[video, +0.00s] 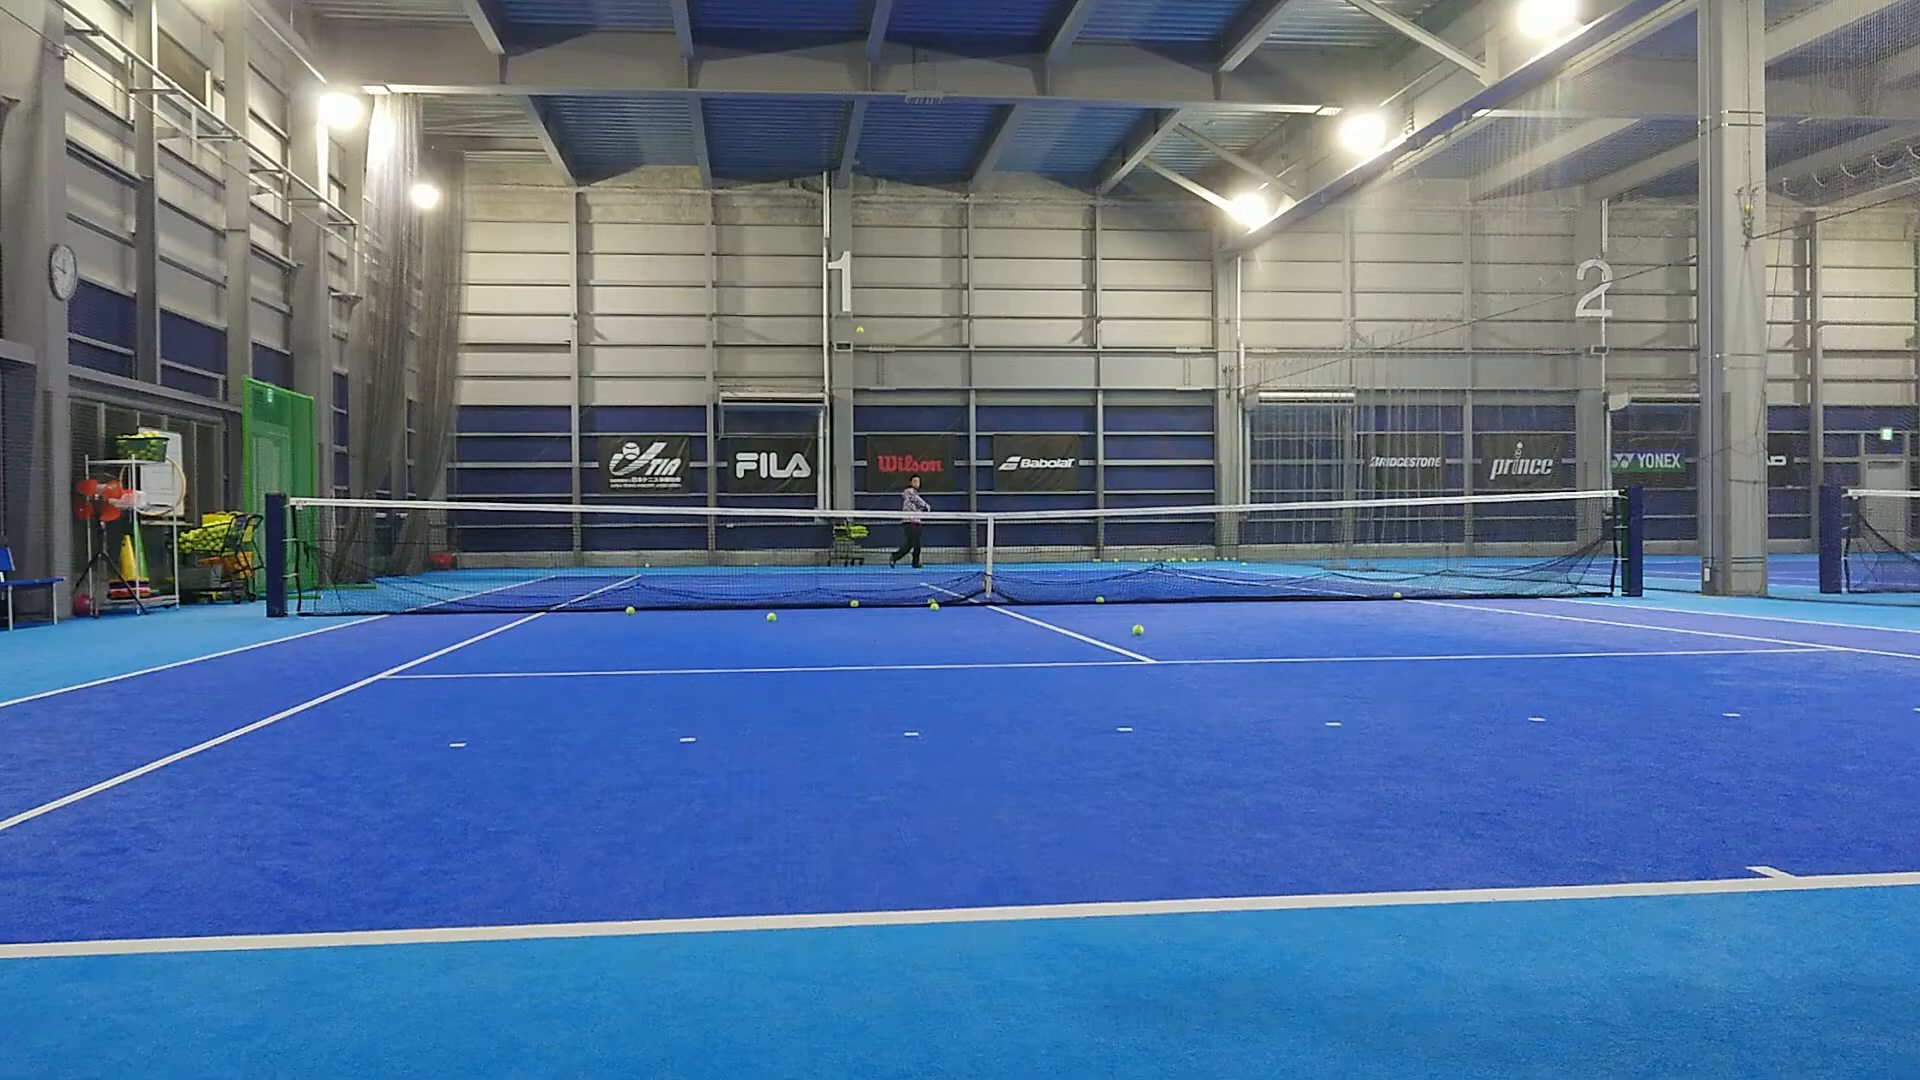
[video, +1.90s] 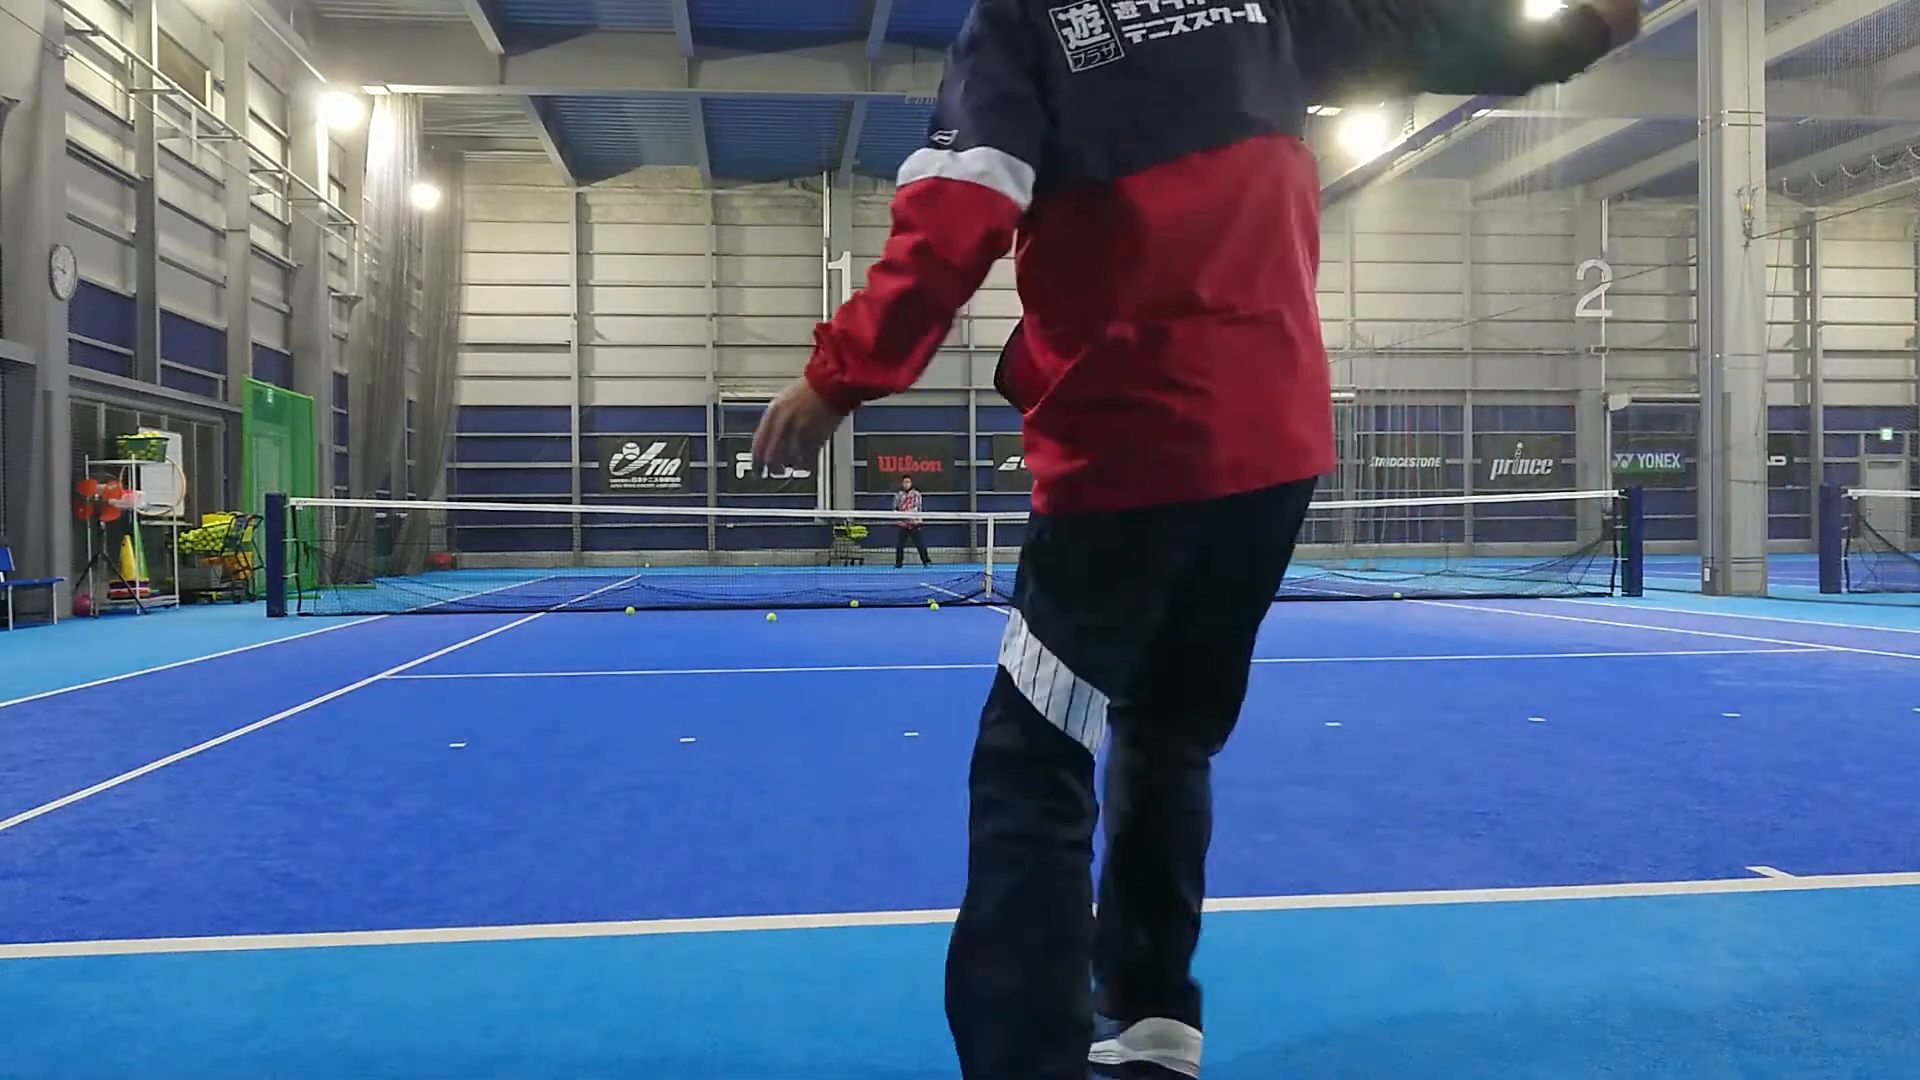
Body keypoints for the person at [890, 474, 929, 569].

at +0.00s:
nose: (917, 483)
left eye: (918, 481)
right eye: (915, 481)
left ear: (919, 483)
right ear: (911, 482)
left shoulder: (914, 493)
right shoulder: (909, 492)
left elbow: (915, 505)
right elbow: (918, 500)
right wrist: (927, 506)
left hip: (916, 520)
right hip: (910, 520)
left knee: (916, 543)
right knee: (912, 542)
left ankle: (916, 562)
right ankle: (895, 556)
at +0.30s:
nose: (915, 482)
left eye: (917, 480)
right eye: (913, 480)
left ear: (919, 481)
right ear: (910, 481)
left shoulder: (920, 492)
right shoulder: (906, 491)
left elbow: (920, 504)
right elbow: (904, 504)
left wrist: (925, 509)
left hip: (918, 519)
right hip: (909, 519)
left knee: (917, 542)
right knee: (911, 541)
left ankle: (916, 561)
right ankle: (899, 558)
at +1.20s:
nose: (908, 482)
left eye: (909, 480)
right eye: (906, 480)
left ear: (912, 481)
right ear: (903, 481)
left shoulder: (917, 493)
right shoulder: (899, 493)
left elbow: (921, 505)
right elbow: (895, 506)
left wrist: (911, 508)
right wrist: (900, 514)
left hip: (914, 521)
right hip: (902, 521)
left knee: (916, 544)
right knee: (900, 544)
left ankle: (917, 562)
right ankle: (900, 562)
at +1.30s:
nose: (906, 482)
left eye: (907, 480)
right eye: (904, 480)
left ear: (911, 481)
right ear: (900, 482)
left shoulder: (916, 492)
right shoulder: (898, 493)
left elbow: (919, 505)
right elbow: (893, 504)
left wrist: (910, 509)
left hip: (914, 521)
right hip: (901, 522)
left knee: (916, 544)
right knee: (900, 545)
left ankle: (917, 562)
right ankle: (899, 563)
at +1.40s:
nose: (904, 482)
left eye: (905, 480)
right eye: (902, 480)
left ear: (908, 481)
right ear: (898, 482)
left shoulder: (914, 492)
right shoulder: (896, 494)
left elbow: (918, 505)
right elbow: (892, 505)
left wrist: (910, 511)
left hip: (913, 522)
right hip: (901, 522)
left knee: (916, 545)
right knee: (899, 545)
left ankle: (916, 562)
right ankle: (899, 563)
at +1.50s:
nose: (902, 482)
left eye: (904, 480)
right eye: (900, 480)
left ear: (907, 482)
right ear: (897, 482)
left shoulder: (912, 492)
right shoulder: (894, 494)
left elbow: (916, 504)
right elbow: (890, 507)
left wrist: (908, 510)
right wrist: (898, 512)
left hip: (912, 522)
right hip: (900, 522)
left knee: (915, 544)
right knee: (899, 545)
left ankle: (916, 562)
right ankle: (898, 563)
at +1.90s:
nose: (907, 484)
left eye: (909, 482)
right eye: (905, 482)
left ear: (911, 483)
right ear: (902, 484)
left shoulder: (916, 495)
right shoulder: (899, 495)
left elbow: (919, 508)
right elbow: (894, 508)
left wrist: (919, 520)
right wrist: (899, 518)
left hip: (914, 523)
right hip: (902, 523)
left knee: (919, 544)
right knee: (900, 545)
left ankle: (926, 561)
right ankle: (898, 563)